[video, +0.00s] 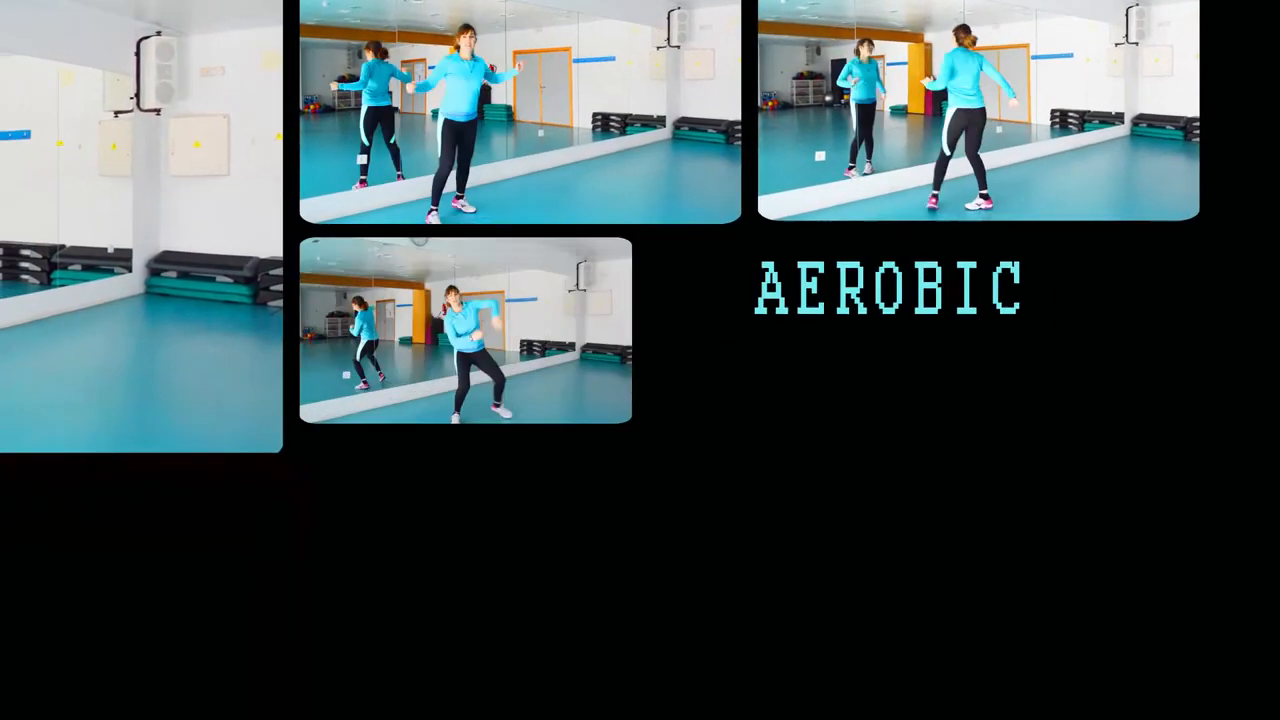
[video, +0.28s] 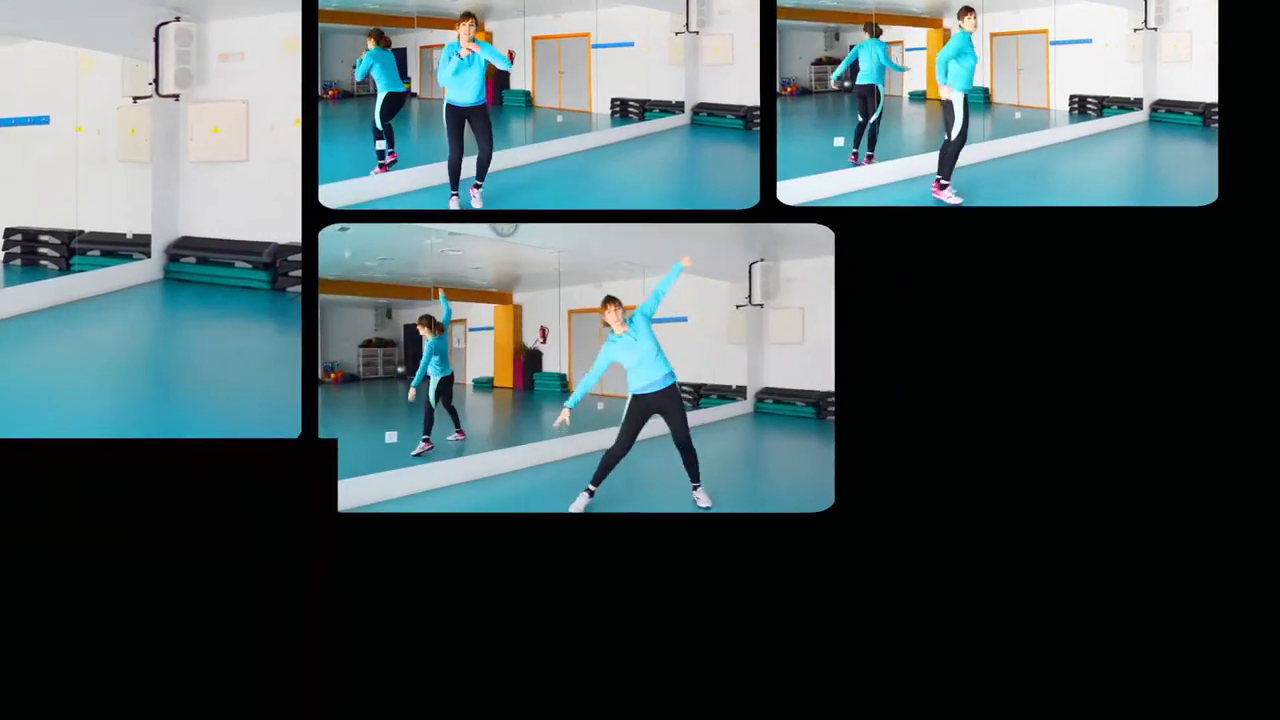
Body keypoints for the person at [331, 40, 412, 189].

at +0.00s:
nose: (366, 55)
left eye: (366, 53)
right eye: (366, 53)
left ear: (371, 52)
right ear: (379, 52)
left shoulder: (367, 66)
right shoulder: (389, 66)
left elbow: (362, 84)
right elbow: (405, 78)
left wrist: (340, 86)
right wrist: (408, 74)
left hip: (370, 108)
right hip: (386, 108)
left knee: (365, 143)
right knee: (391, 141)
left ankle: (363, 180)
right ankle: (400, 174)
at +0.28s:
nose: (367, 43)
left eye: (368, 40)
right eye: (368, 40)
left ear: (372, 40)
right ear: (382, 40)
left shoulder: (371, 54)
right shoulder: (390, 53)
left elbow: (359, 76)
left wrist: (359, 61)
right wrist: (368, 58)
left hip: (386, 92)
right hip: (400, 90)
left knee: (377, 126)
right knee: (386, 121)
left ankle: (381, 164)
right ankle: (391, 152)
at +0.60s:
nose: (374, 42)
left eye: (375, 39)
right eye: (374, 39)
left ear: (380, 38)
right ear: (389, 37)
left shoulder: (386, 51)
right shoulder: (397, 49)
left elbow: (384, 76)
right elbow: (393, 69)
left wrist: (370, 70)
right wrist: (377, 66)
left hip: (408, 86)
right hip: (416, 83)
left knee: (395, 117)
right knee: (403, 110)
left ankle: (401, 153)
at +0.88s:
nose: (383, 38)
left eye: (384, 35)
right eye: (383, 35)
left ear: (391, 35)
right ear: (391, 35)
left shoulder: (407, 48)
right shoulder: (396, 50)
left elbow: (422, 61)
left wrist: (412, 63)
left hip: (422, 82)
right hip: (416, 82)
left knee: (401, 113)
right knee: (434, 109)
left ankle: (410, 147)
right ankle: (451, 133)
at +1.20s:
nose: (389, 29)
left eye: (389, 26)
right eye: (388, 26)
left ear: (394, 25)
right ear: (401, 24)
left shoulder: (400, 40)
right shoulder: (411, 36)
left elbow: (397, 64)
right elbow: (410, 55)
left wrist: (388, 57)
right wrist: (394, 52)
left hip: (421, 75)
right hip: (430, 72)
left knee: (411, 107)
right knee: (418, 100)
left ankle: (415, 144)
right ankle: (433, 128)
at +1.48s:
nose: (436, 2)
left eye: (437, 0)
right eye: (436, 0)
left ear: (442, 1)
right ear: (450, 1)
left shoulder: (446, 14)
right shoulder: (459, 10)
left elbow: (446, 39)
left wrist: (433, 30)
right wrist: (437, 22)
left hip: (464, 50)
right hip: (473, 47)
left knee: (454, 81)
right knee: (459, 75)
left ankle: (460, 116)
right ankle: (470, 105)